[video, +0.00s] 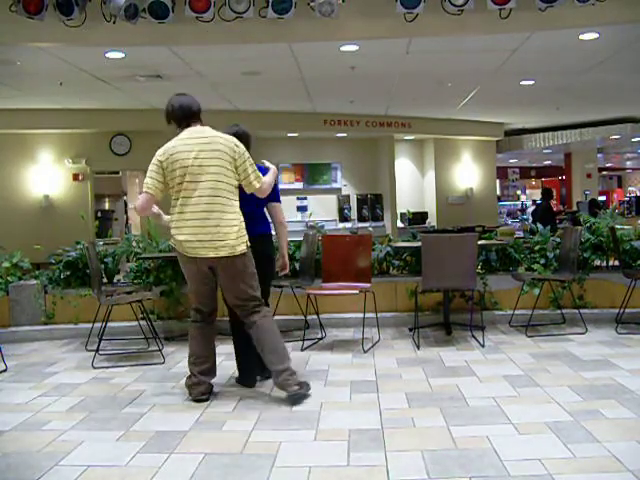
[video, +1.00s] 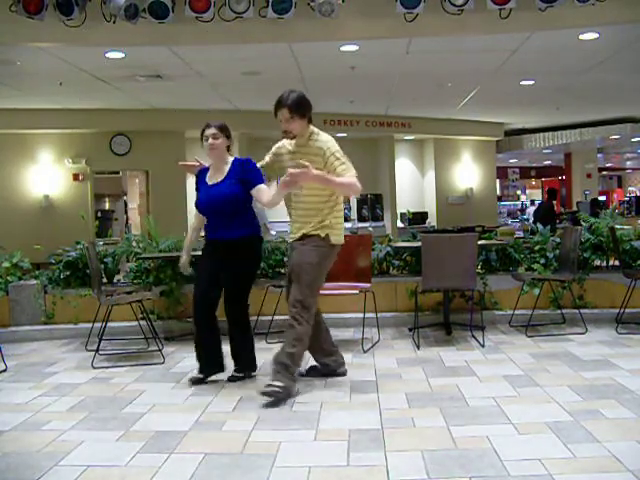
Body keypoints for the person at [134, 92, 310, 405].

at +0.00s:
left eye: (170, 123)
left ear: (173, 122)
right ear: (200, 115)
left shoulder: (166, 152)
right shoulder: (228, 143)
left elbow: (144, 206)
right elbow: (261, 191)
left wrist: (158, 212)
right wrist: (273, 172)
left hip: (188, 243)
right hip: (230, 241)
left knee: (201, 314)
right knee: (253, 309)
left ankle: (200, 386)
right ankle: (289, 382)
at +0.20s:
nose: (179, 132)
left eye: (178, 127)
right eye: (178, 127)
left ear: (185, 123)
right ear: (206, 118)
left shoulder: (184, 152)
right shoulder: (240, 145)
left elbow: (168, 206)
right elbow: (267, 189)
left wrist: (146, 205)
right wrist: (268, 172)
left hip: (210, 248)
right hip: (248, 245)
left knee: (204, 315)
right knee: (265, 305)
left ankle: (200, 385)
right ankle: (312, 362)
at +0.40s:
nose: (203, 134)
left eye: (204, 128)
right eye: (201, 129)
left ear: (217, 123)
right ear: (229, 122)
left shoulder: (222, 153)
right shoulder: (260, 147)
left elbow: (204, 210)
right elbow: (279, 192)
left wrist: (168, 206)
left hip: (242, 252)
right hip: (275, 249)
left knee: (214, 311)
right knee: (274, 307)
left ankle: (204, 385)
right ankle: (321, 352)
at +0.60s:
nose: (238, 135)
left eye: (240, 129)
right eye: (236, 130)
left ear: (256, 124)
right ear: (260, 124)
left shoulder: (270, 153)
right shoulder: (282, 146)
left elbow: (258, 207)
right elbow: (264, 202)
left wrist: (212, 203)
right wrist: (219, 205)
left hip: (276, 248)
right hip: (296, 245)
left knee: (240, 308)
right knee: (288, 310)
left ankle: (215, 382)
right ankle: (329, 363)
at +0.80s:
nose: (269, 136)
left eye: (271, 130)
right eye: (267, 130)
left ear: (288, 126)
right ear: (285, 128)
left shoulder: (308, 155)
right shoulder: (290, 153)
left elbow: (311, 203)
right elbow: (278, 187)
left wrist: (267, 194)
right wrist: (257, 190)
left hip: (307, 242)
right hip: (295, 240)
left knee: (273, 305)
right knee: (292, 308)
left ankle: (241, 377)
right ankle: (328, 362)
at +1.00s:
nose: (211, 141)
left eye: (216, 137)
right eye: (207, 138)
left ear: (228, 141)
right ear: (203, 145)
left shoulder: (244, 166)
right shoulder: (202, 176)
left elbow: (267, 199)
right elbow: (199, 218)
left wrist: (284, 185)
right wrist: (186, 252)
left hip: (244, 245)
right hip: (214, 246)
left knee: (235, 306)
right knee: (203, 305)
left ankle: (245, 366)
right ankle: (210, 365)